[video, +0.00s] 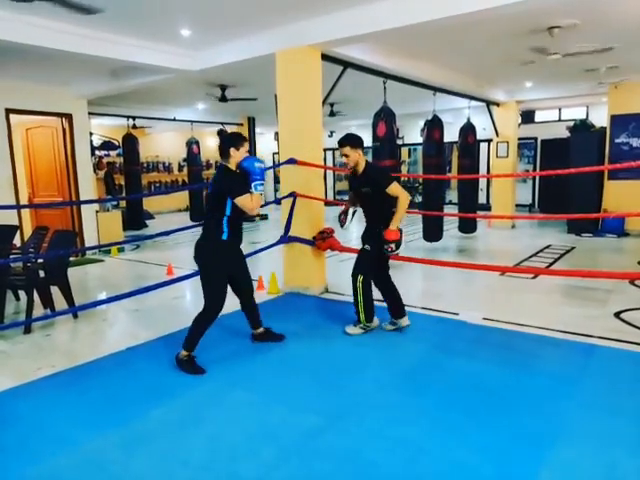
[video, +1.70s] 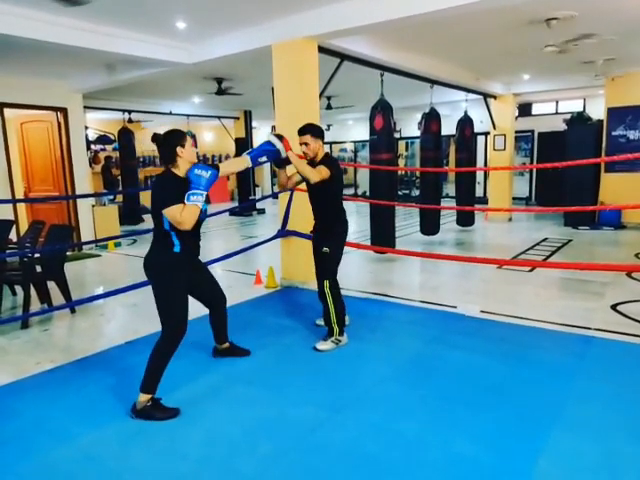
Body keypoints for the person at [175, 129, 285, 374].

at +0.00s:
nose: (247, 156)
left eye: (247, 151)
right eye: (244, 151)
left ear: (230, 152)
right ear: (233, 152)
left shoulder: (231, 174)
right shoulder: (227, 177)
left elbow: (242, 208)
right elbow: (253, 206)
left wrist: (254, 210)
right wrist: (257, 179)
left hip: (230, 247)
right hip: (213, 249)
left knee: (246, 291)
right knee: (214, 305)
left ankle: (259, 330)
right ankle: (185, 353)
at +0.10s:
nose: (238, 147)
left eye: (237, 143)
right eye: (235, 143)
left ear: (219, 145)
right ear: (223, 144)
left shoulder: (215, 168)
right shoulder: (217, 170)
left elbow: (236, 200)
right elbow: (240, 202)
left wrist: (243, 181)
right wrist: (246, 176)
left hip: (213, 241)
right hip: (202, 243)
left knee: (231, 289)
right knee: (209, 300)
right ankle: (184, 351)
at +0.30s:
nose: (217, 156)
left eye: (217, 152)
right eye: (214, 152)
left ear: (199, 154)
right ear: (203, 154)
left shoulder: (198, 179)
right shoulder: (194, 182)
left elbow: (213, 215)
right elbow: (215, 218)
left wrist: (222, 205)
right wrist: (225, 198)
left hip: (194, 252)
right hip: (183, 255)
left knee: (210, 301)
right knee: (195, 311)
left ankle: (189, 351)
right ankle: (154, 370)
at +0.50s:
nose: (194, 161)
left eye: (194, 156)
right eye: (192, 155)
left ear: (172, 155)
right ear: (181, 155)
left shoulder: (161, 181)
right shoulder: (180, 182)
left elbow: (195, 215)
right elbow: (207, 216)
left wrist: (202, 204)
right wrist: (207, 191)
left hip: (169, 261)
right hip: (166, 265)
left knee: (192, 306)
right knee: (163, 328)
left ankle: (185, 351)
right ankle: (135, 396)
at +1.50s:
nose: (183, 148)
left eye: (182, 142)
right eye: (180, 142)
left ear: (164, 148)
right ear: (167, 147)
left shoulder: (172, 176)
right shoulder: (152, 181)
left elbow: (185, 211)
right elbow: (182, 221)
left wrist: (200, 178)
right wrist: (193, 187)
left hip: (175, 259)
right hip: (154, 264)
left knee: (209, 298)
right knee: (171, 331)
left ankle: (192, 350)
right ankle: (142, 401)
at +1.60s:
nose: (190, 152)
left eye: (189, 147)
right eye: (186, 147)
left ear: (173, 152)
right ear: (173, 151)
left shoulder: (184, 179)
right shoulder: (156, 184)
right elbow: (179, 224)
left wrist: (239, 158)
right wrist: (192, 191)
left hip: (182, 261)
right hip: (158, 266)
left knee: (215, 300)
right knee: (173, 331)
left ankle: (215, 344)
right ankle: (143, 401)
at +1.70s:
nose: (196, 151)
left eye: (195, 146)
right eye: (192, 146)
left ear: (181, 151)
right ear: (179, 151)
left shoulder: (191, 176)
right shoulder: (163, 185)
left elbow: (229, 166)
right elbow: (185, 221)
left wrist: (256, 155)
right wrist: (198, 188)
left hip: (187, 262)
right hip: (165, 265)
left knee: (217, 300)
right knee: (174, 329)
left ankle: (222, 345)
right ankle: (144, 400)